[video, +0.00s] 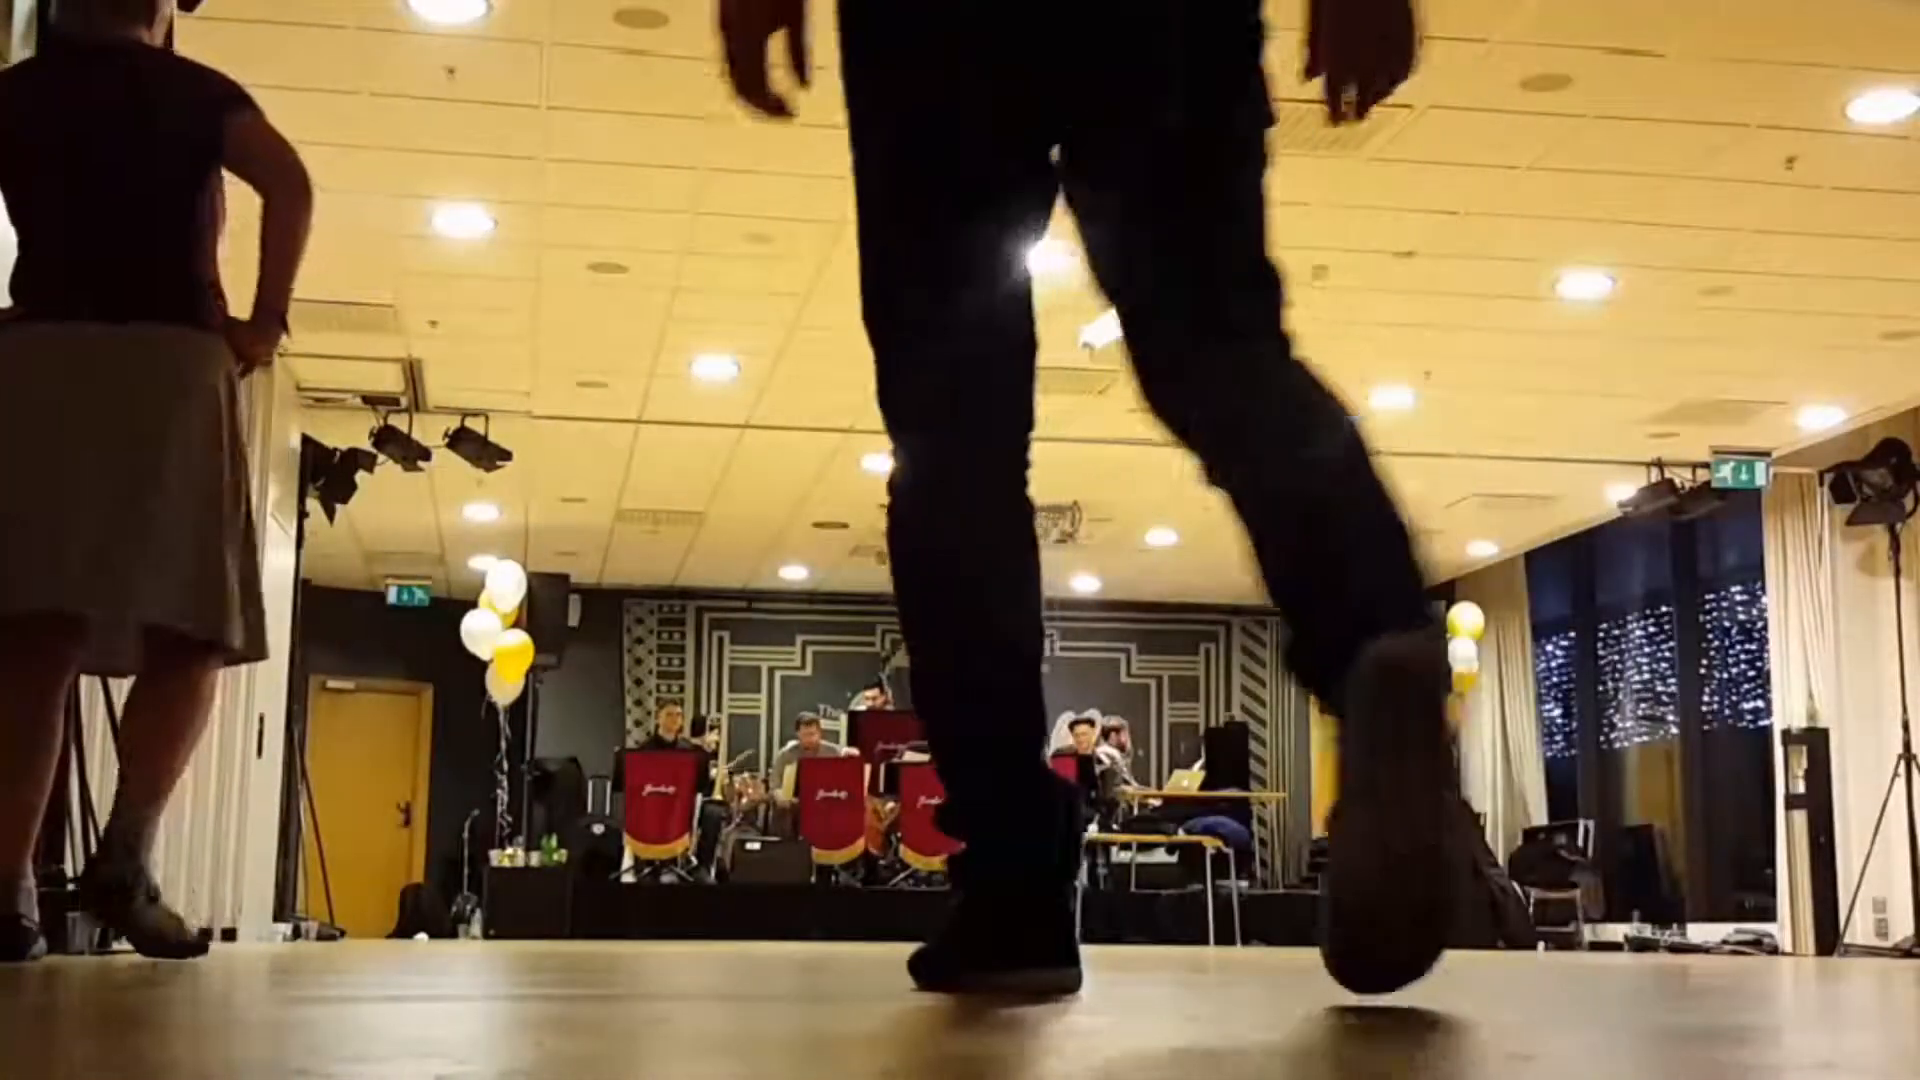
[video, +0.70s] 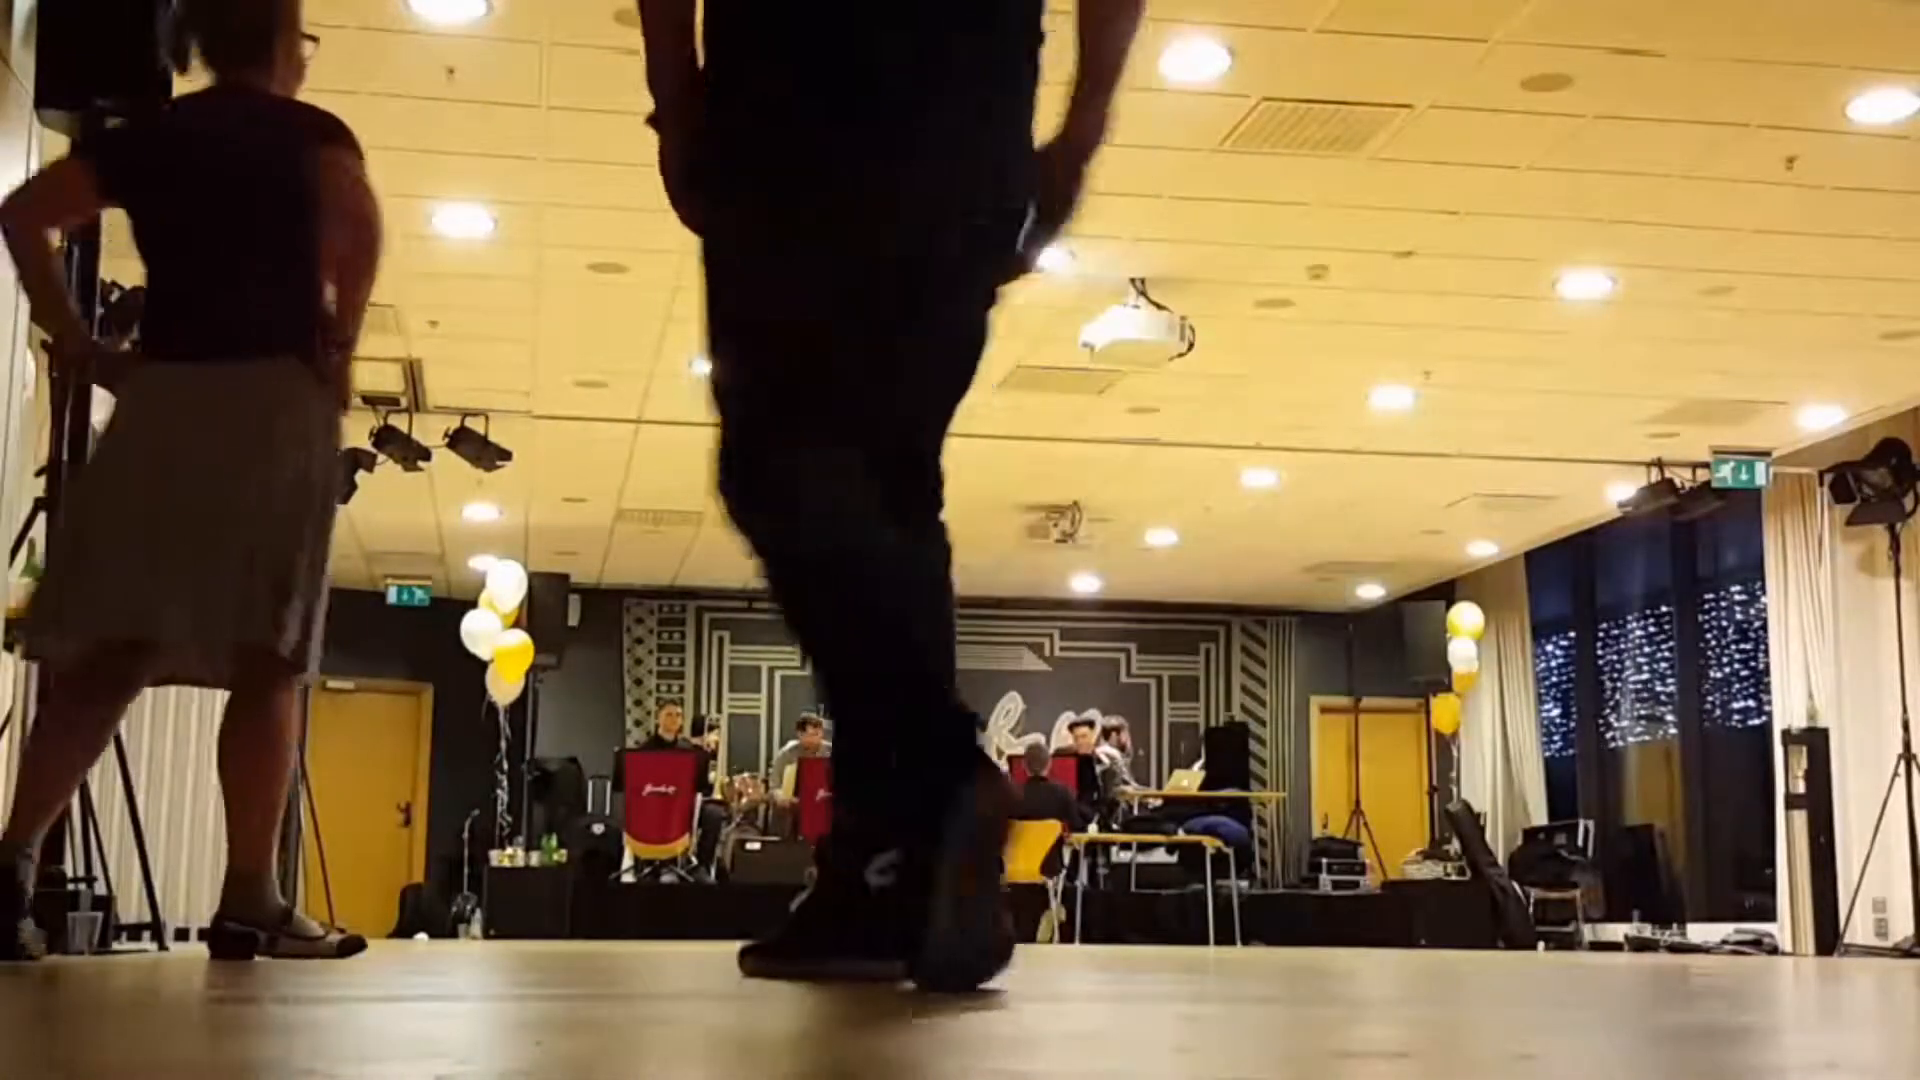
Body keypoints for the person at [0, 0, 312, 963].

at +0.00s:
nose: (180, 23)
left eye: (179, 14)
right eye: (178, 12)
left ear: (60, 10)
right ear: (156, 12)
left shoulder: (13, 92)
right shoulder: (194, 90)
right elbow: (290, 186)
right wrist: (268, 319)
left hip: (36, 368)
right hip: (169, 372)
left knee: (33, 634)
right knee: (189, 634)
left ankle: (13, 895)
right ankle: (124, 863)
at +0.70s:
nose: (307, 57)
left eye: (303, 39)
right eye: (300, 40)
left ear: (211, 48)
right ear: (277, 44)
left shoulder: (148, 137)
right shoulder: (317, 135)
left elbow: (26, 214)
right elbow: (358, 236)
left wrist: (73, 341)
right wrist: (340, 340)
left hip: (158, 407)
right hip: (277, 408)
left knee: (106, 654)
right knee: (270, 666)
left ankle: (12, 865)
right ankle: (251, 903)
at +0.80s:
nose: (340, 65)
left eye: (336, 48)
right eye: (334, 48)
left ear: (238, 58)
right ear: (313, 52)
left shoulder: (184, 143)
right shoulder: (350, 145)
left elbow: (60, 228)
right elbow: (402, 241)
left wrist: (115, 362)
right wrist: (380, 356)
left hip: (197, 411)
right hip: (313, 412)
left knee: (140, 655)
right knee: (286, 668)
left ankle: (18, 850)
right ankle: (252, 903)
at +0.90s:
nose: (365, 62)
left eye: (362, 45)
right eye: (359, 45)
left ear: (265, 55)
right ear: (334, 49)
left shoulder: (209, 141)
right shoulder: (374, 144)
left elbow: (87, 230)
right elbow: (420, 246)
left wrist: (139, 349)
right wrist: (406, 346)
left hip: (222, 414)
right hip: (332, 413)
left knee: (174, 660)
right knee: (300, 666)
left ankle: (64, 856)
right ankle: (252, 905)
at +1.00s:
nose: (390, 58)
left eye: (387, 40)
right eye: (381, 41)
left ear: (292, 50)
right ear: (353, 48)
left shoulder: (231, 142)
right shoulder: (390, 145)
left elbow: (108, 236)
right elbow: (420, 250)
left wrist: (172, 356)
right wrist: (407, 353)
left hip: (239, 414)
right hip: (343, 413)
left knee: (216, 669)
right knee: (304, 667)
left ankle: (150, 899)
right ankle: (255, 906)